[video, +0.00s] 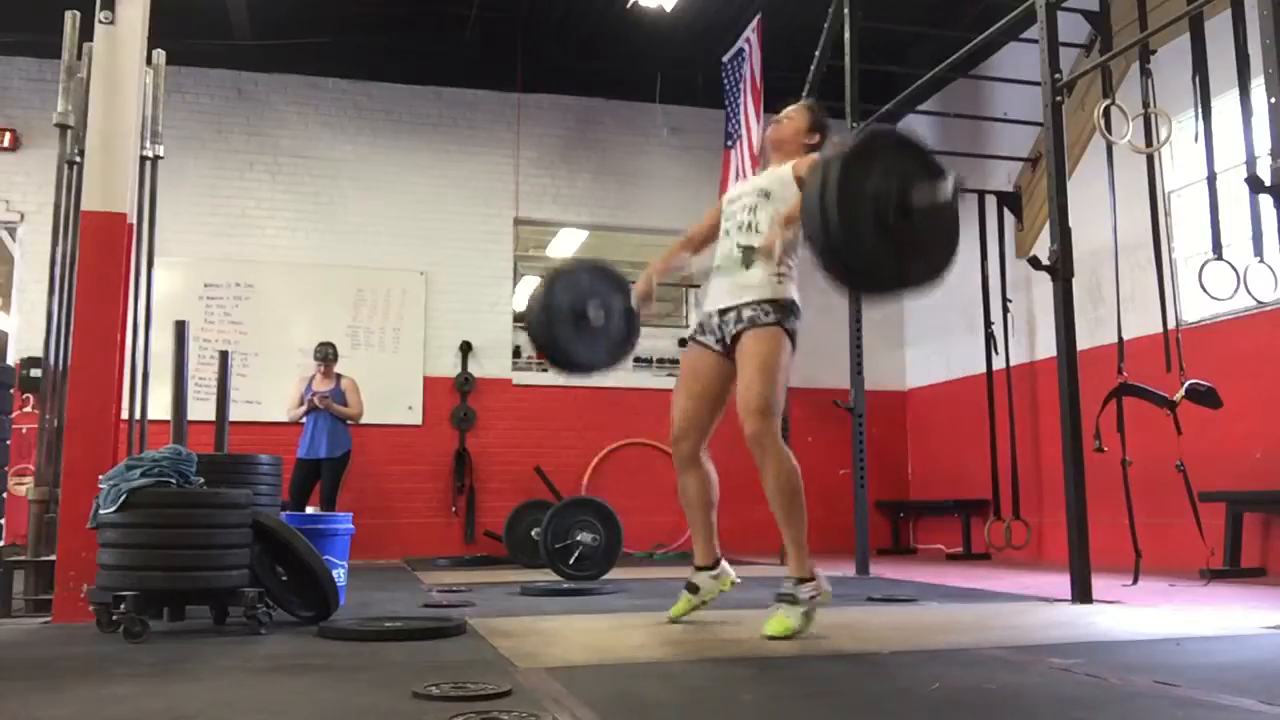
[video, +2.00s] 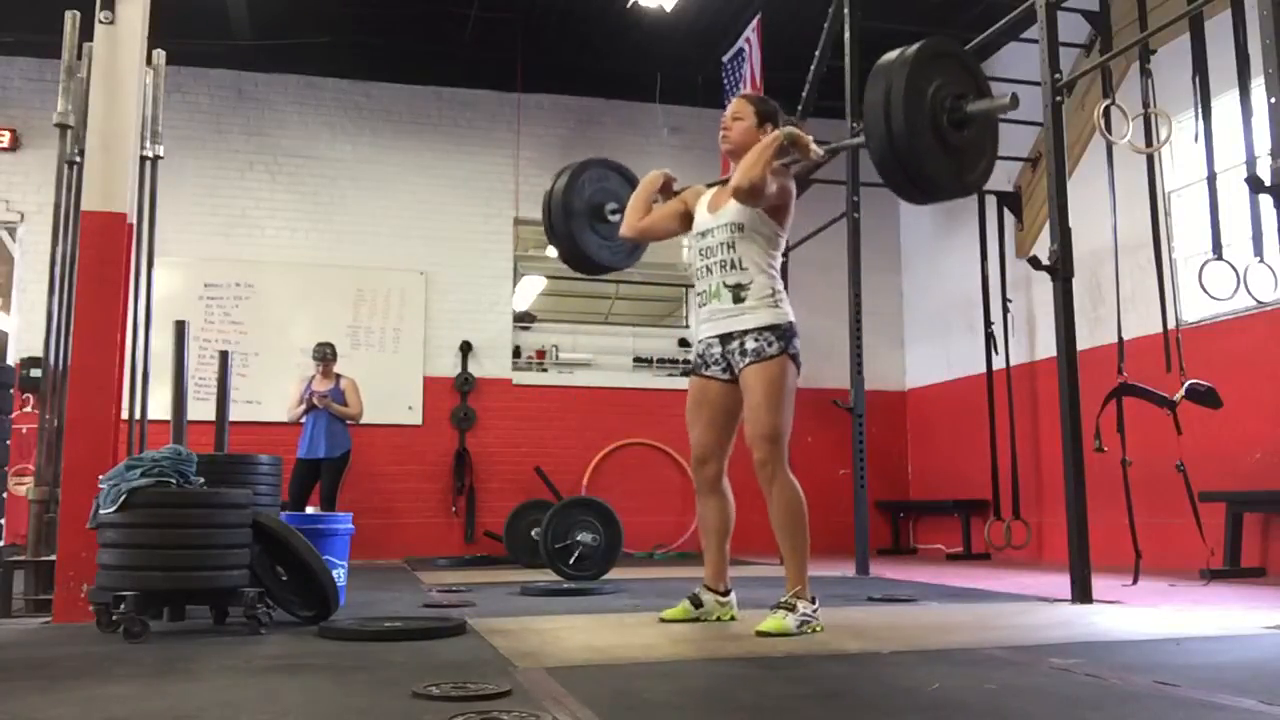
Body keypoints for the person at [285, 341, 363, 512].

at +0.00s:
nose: (323, 370)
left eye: (327, 366)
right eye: (319, 365)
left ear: (335, 362)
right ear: (315, 362)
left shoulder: (346, 383)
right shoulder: (305, 383)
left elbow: (356, 415)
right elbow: (291, 416)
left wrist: (330, 406)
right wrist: (307, 406)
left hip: (335, 449)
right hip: (309, 449)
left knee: (327, 501)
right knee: (296, 498)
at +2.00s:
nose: (322, 370)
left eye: (326, 365)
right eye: (318, 365)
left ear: (334, 362)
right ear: (314, 362)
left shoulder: (346, 383)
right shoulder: (306, 383)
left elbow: (356, 415)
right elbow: (290, 417)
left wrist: (329, 405)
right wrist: (305, 405)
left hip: (335, 450)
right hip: (308, 449)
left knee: (327, 500)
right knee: (295, 499)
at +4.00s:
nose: (321, 369)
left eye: (326, 365)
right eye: (318, 365)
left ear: (334, 362)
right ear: (314, 363)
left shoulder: (346, 384)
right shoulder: (307, 383)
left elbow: (356, 415)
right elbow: (292, 417)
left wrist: (329, 405)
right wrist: (306, 405)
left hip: (336, 449)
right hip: (309, 449)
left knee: (327, 501)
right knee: (295, 499)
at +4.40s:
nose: (321, 370)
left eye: (325, 366)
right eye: (317, 365)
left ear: (334, 362)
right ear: (313, 362)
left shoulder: (346, 384)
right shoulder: (307, 383)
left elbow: (357, 415)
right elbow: (293, 416)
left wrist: (329, 405)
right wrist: (306, 405)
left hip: (336, 450)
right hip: (309, 449)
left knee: (327, 503)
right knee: (295, 500)